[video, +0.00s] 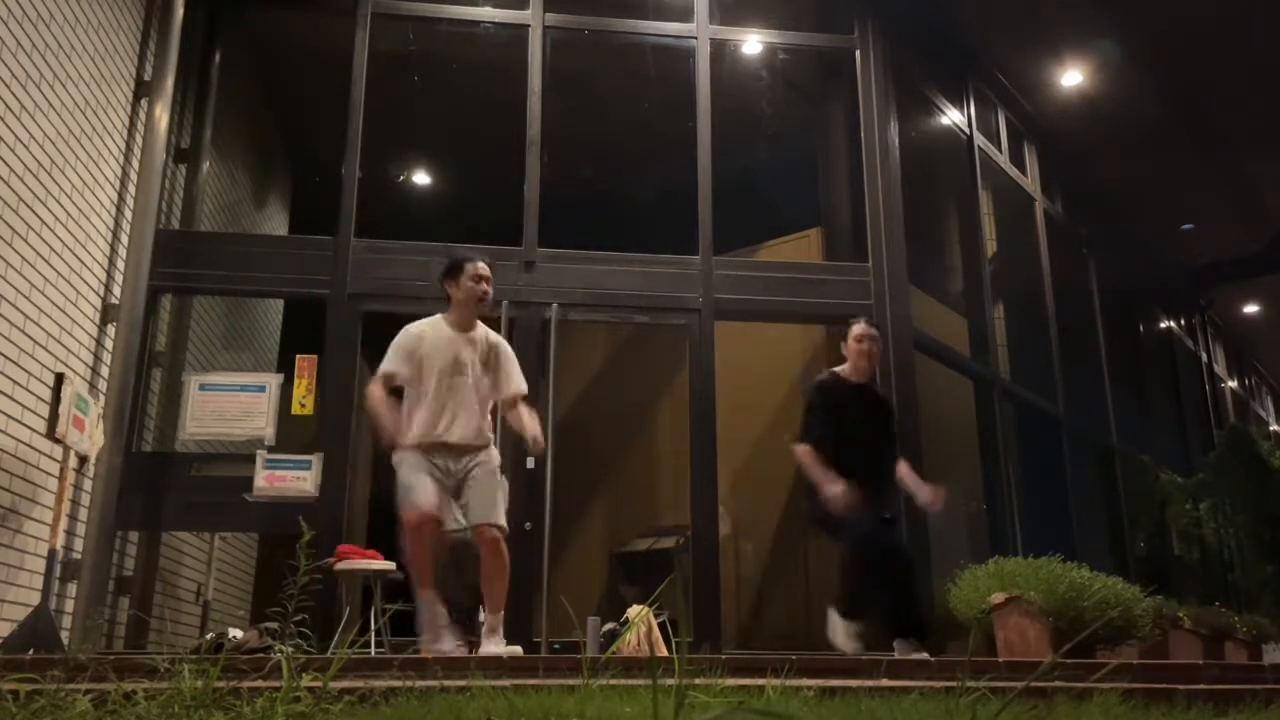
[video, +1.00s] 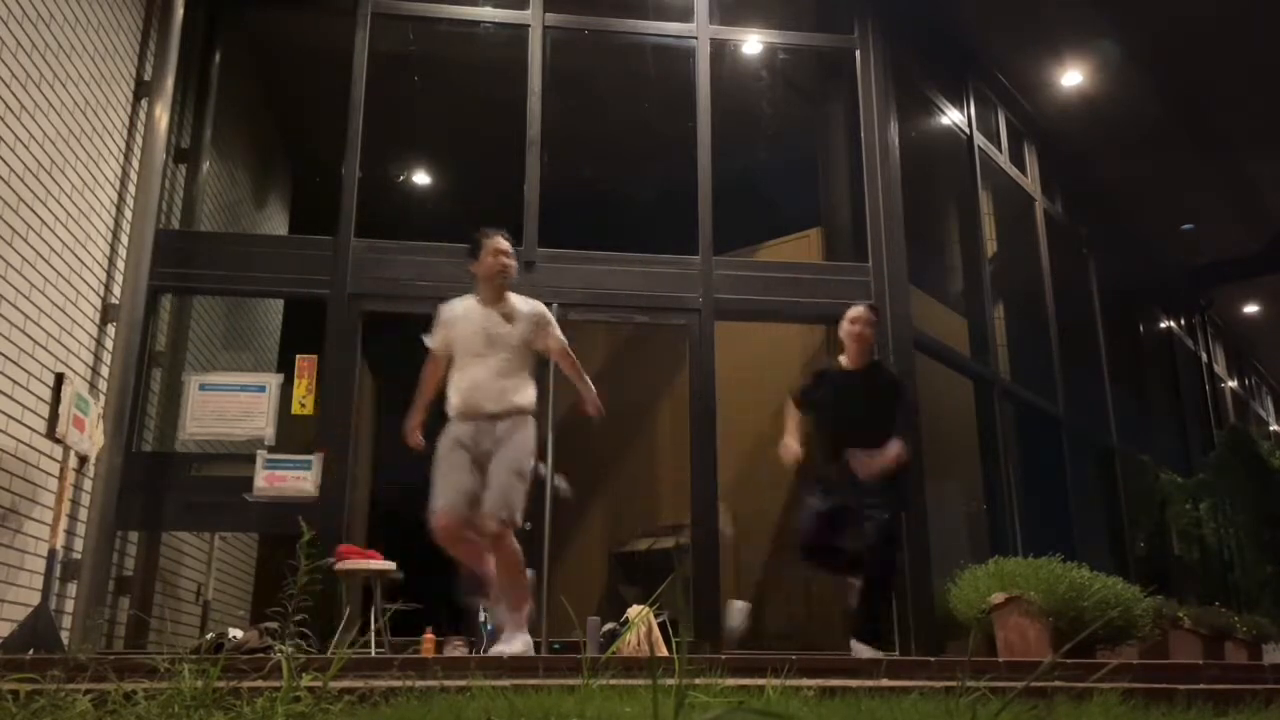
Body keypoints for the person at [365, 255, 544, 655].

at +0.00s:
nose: (486, 288)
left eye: (489, 281)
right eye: (477, 280)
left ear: (491, 291)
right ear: (451, 286)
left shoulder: (496, 345)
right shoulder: (417, 335)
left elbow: (514, 403)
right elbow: (376, 391)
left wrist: (532, 430)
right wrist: (392, 429)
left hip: (478, 455)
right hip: (420, 452)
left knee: (491, 535)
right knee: (419, 517)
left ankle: (493, 632)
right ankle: (432, 619)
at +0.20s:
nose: (464, 262)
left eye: (468, 255)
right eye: (457, 253)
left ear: (470, 262)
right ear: (435, 254)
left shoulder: (473, 308)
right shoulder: (403, 295)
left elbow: (508, 340)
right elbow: (363, 311)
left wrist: (505, 293)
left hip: (448, 422)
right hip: (391, 416)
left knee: (464, 521)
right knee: (363, 511)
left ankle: (476, 626)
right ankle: (323, 617)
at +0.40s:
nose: (442, 260)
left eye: (446, 253)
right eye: (434, 251)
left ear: (449, 260)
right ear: (411, 254)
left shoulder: (455, 307)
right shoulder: (382, 296)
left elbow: (479, 349)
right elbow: (338, 327)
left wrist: (483, 313)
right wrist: (367, 296)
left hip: (426, 424)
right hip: (373, 415)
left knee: (411, 517)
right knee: (340, 513)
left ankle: (367, 619)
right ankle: (306, 616)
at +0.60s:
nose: (430, 281)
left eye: (434, 275)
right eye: (422, 273)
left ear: (436, 285)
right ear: (395, 279)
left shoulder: (448, 338)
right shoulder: (366, 334)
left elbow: (457, 403)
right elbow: (332, 395)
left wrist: (461, 454)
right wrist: (313, 451)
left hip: (420, 452)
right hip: (363, 445)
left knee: (424, 505)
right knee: (334, 532)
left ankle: (383, 597)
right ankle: (301, 626)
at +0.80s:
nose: (461, 241)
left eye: (465, 234)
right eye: (452, 234)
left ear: (471, 242)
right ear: (431, 241)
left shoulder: (490, 290)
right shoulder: (405, 291)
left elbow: (507, 340)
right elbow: (381, 341)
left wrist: (519, 377)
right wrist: (362, 388)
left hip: (475, 405)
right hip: (415, 403)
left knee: (474, 474)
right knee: (382, 500)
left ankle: (477, 583)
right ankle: (347, 602)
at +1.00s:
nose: (505, 260)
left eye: (510, 254)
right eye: (495, 253)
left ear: (516, 266)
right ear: (475, 265)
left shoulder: (532, 313)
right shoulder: (452, 313)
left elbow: (563, 355)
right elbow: (435, 366)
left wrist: (587, 390)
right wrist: (416, 416)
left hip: (514, 425)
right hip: (462, 426)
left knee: (495, 526)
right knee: (446, 523)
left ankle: (516, 632)